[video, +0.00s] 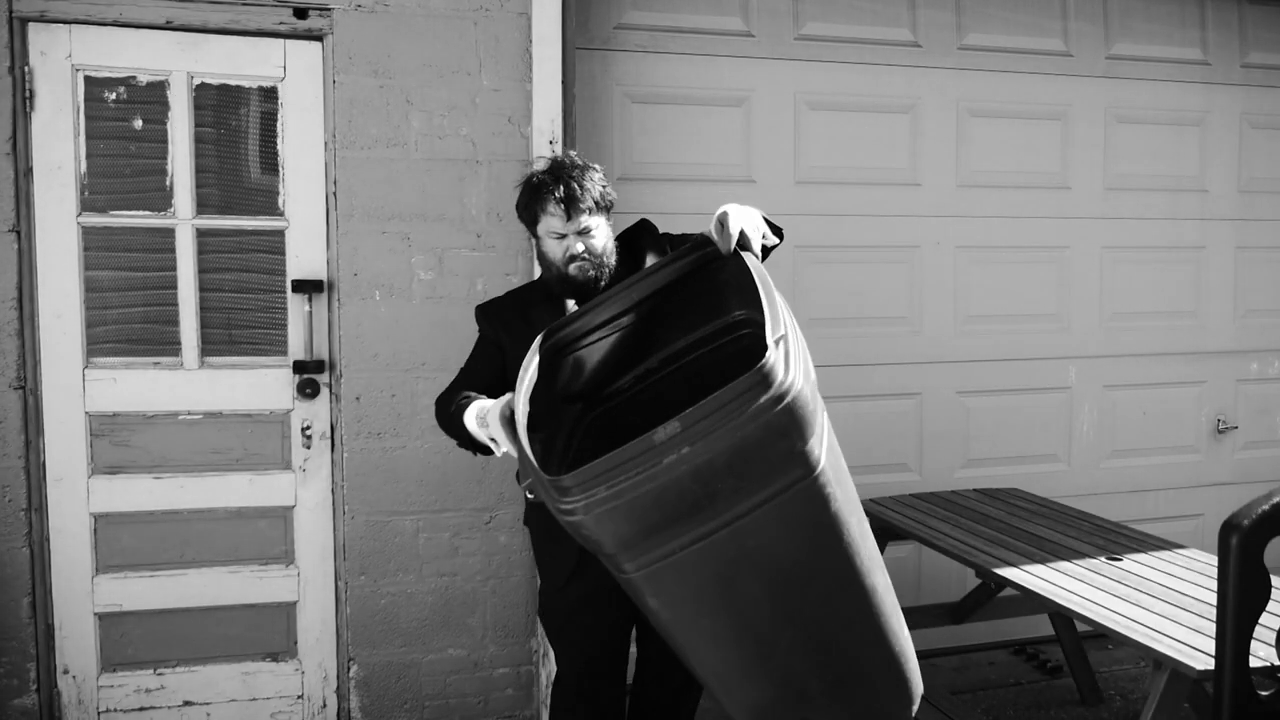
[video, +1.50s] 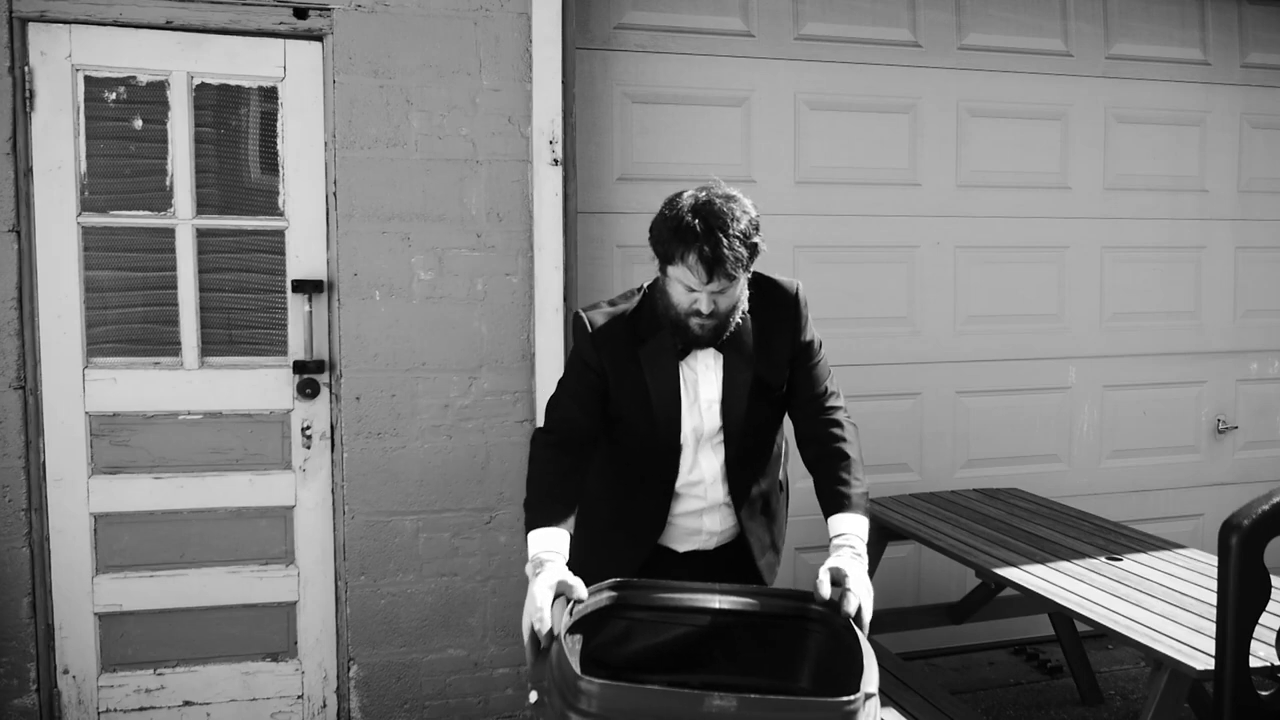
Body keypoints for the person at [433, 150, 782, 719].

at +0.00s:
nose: (578, 248)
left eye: (588, 231)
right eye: (560, 237)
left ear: (609, 219)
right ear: (534, 239)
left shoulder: (652, 256)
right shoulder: (510, 319)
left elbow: (740, 254)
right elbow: (454, 402)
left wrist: (747, 221)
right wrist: (481, 414)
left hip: (680, 507)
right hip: (572, 524)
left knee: (675, 680)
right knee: (588, 684)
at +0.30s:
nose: (576, 253)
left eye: (586, 235)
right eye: (557, 241)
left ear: (604, 218)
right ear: (525, 238)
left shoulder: (650, 267)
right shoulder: (492, 316)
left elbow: (737, 286)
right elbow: (420, 393)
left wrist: (767, 289)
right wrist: (459, 419)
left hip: (662, 529)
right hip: (553, 545)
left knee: (670, 685)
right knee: (568, 700)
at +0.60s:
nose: (609, 263)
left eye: (624, 245)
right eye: (590, 248)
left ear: (647, 231)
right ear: (563, 239)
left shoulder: (687, 285)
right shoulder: (517, 319)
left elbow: (780, 366)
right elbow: (456, 415)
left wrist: (804, 429)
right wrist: (488, 486)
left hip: (682, 543)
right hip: (571, 550)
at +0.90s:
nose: (665, 291)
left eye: (682, 275)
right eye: (648, 273)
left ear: (706, 255)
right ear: (621, 253)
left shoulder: (741, 308)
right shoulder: (566, 333)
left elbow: (801, 419)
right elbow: (517, 441)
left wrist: (823, 517)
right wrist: (518, 549)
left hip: (711, 557)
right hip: (601, 564)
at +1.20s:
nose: (692, 321)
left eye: (708, 305)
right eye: (676, 304)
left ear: (734, 286)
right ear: (648, 282)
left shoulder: (767, 321)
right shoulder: (591, 345)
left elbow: (812, 433)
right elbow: (544, 457)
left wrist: (834, 556)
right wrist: (537, 578)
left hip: (727, 563)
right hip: (619, 567)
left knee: (722, 705)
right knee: (613, 703)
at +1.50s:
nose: (705, 306)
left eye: (721, 290)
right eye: (689, 289)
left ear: (747, 273)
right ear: (661, 267)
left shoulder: (780, 313)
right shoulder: (604, 334)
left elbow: (825, 422)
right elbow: (558, 444)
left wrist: (848, 545)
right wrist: (547, 561)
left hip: (739, 562)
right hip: (632, 565)